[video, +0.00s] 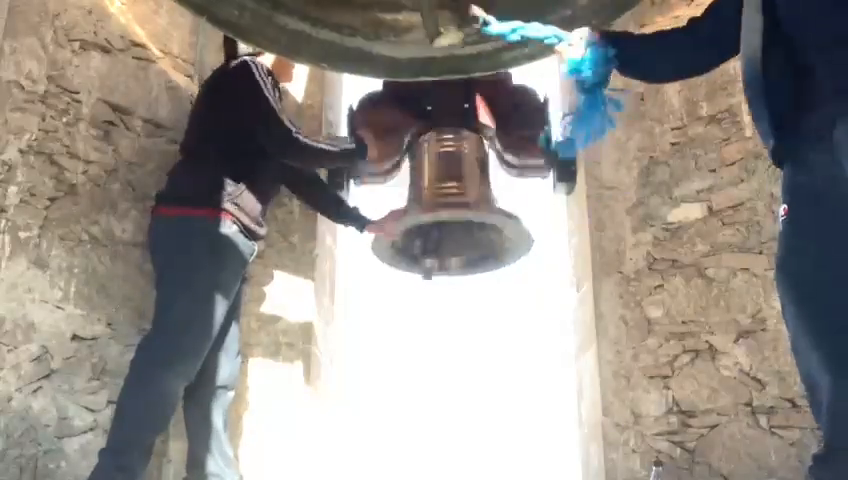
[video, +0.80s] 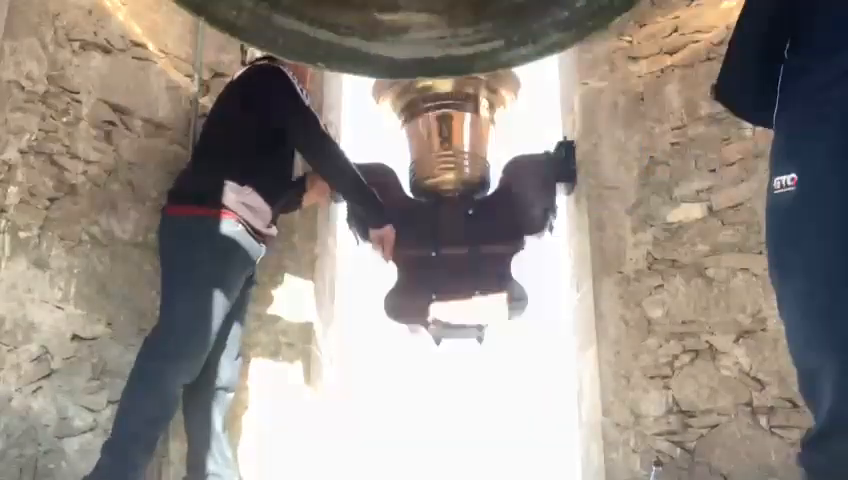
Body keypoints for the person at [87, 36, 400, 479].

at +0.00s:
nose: (303, 64)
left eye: (305, 55)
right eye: (299, 52)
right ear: (276, 46)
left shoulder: (269, 109)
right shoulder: (247, 71)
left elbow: (304, 181)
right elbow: (287, 146)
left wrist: (366, 223)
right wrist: (362, 148)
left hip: (229, 241)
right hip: (202, 229)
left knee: (217, 379)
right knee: (171, 361)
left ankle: (215, 472)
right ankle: (118, 470)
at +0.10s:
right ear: (268, 50)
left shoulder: (265, 123)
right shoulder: (246, 70)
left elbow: (305, 180)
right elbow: (313, 115)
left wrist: (366, 232)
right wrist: (374, 95)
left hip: (232, 243)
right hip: (202, 226)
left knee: (214, 379)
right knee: (174, 360)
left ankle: (213, 471)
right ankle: (117, 470)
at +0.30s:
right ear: (266, 37)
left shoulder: (266, 95)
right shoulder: (249, 68)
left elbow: (279, 183)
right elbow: (329, 71)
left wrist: (318, 251)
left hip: (239, 243)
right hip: (208, 229)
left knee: (216, 382)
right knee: (176, 360)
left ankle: (213, 471)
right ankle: (118, 471)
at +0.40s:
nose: (303, 69)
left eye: (305, 62)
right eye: (296, 59)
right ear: (269, 52)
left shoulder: (272, 110)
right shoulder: (246, 72)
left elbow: (275, 184)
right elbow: (318, 100)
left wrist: (285, 248)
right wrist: (364, 62)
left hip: (243, 243)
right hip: (213, 227)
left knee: (217, 382)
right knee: (182, 358)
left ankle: (215, 472)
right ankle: (118, 471)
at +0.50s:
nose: (312, 88)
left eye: (315, 81)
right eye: (309, 77)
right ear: (289, 65)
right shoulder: (258, 76)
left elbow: (261, 189)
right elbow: (282, 136)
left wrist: (268, 250)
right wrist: (357, 128)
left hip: (241, 241)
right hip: (215, 227)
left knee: (221, 377)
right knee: (188, 358)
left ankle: (215, 471)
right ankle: (118, 470)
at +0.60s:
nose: (318, 84)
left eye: (320, 74)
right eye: (316, 71)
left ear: (290, 65)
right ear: (297, 63)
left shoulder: (274, 99)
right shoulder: (267, 81)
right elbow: (292, 154)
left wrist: (279, 234)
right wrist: (361, 199)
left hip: (239, 240)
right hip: (216, 228)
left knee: (223, 378)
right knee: (184, 357)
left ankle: (217, 471)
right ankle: (119, 471)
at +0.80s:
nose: (312, 84)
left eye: (313, 80)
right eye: (311, 74)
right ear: (298, 64)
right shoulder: (269, 78)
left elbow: (258, 199)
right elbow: (319, 146)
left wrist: (306, 191)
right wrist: (375, 219)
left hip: (241, 243)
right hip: (210, 226)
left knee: (217, 379)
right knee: (177, 355)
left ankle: (215, 472)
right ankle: (116, 470)